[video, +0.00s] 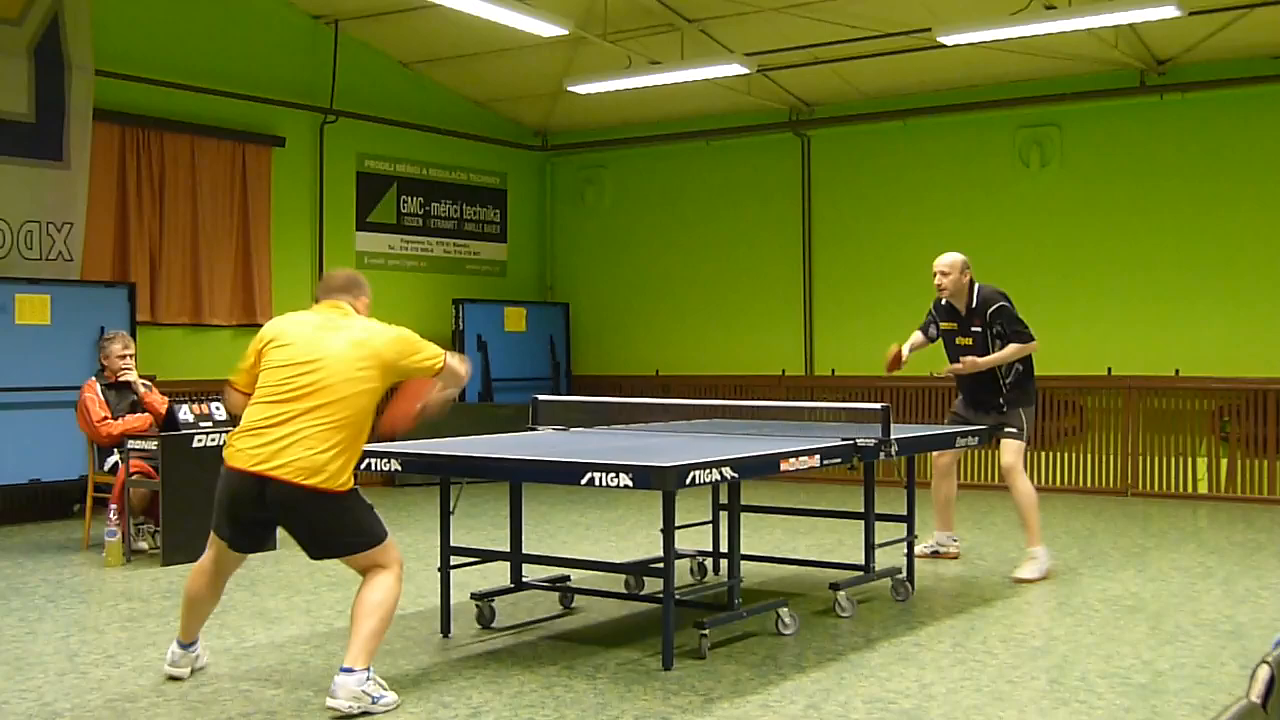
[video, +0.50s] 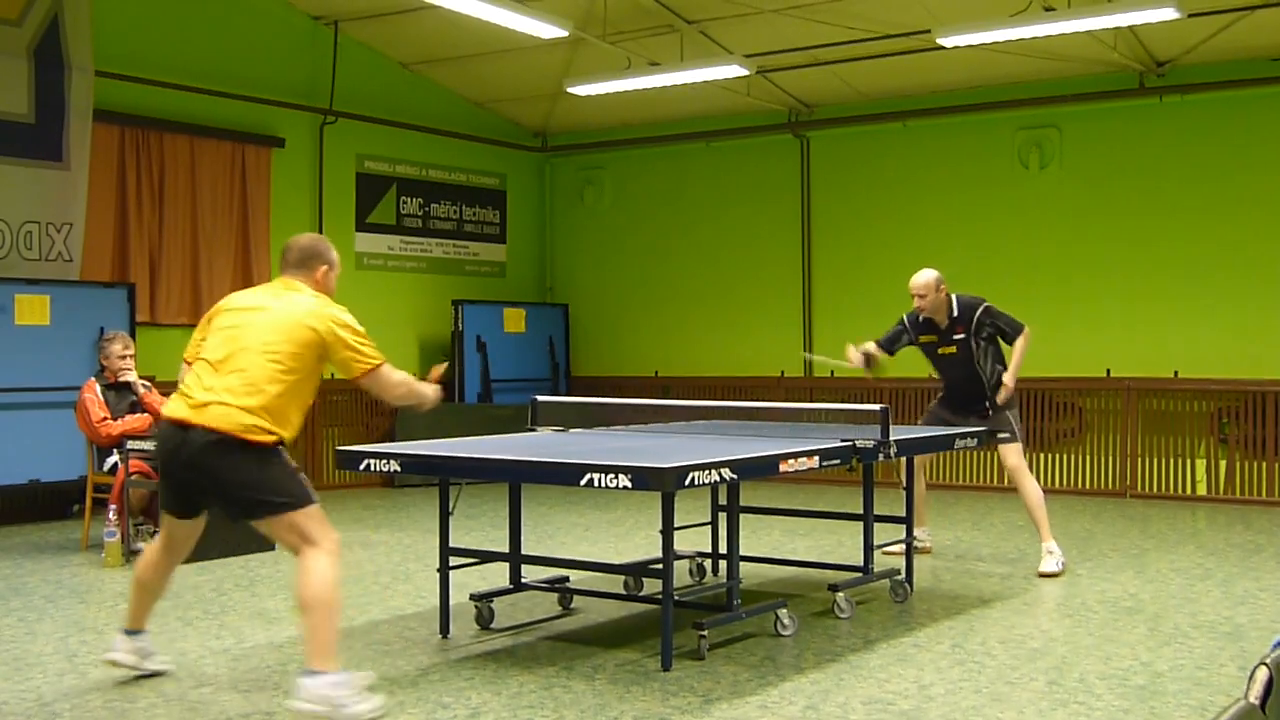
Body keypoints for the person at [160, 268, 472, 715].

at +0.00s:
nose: (371, 311)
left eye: (368, 306)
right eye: (369, 305)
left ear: (319, 300)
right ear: (361, 303)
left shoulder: (278, 327)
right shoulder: (383, 338)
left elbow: (235, 400)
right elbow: (458, 368)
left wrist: (287, 415)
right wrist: (434, 396)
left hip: (242, 470)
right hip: (314, 483)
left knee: (215, 560)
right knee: (383, 566)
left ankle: (183, 649)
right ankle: (354, 677)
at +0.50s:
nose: (335, 284)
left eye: (335, 276)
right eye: (335, 276)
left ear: (286, 268)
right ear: (323, 273)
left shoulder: (232, 301)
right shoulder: (325, 315)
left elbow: (189, 370)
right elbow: (390, 386)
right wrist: (428, 393)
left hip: (177, 436)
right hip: (239, 445)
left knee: (171, 539)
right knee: (318, 544)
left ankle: (130, 638)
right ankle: (322, 675)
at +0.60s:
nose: (317, 300)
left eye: (317, 291)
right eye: (317, 291)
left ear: (266, 285)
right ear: (305, 289)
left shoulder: (218, 319)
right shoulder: (303, 334)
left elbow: (209, 384)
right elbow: (361, 422)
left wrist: (286, 400)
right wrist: (374, 408)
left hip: (160, 459)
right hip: (217, 466)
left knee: (159, 553)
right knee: (298, 566)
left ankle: (98, 655)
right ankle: (287, 693)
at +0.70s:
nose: (293, 315)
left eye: (292, 307)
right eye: (292, 307)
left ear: (243, 302)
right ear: (279, 306)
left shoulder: (190, 338)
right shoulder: (279, 349)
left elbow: (167, 403)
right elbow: (329, 437)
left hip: (145, 476)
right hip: (213, 481)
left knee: (156, 557)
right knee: (303, 573)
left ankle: (94, 659)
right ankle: (287, 694)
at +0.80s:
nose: (251, 317)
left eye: (251, 311)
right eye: (250, 310)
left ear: (196, 305)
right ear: (237, 308)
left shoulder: (149, 346)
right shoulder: (251, 351)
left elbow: (146, 414)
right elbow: (305, 428)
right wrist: (267, 453)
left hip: (134, 499)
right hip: (207, 499)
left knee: (127, 552)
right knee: (295, 577)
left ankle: (89, 659)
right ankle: (286, 694)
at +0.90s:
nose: (226, 317)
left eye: (223, 311)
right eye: (225, 311)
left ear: (173, 310)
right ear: (215, 311)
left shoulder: (128, 344)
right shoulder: (236, 346)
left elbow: (89, 391)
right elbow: (309, 386)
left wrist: (138, 404)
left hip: (121, 491)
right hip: (192, 493)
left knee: (113, 551)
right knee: (278, 576)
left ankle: (88, 660)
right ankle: (284, 693)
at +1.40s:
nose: (243, 266)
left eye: (243, 258)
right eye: (242, 258)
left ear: (190, 255)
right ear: (228, 256)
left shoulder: (136, 300)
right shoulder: (236, 297)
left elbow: (108, 372)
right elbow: (308, 363)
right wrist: (336, 381)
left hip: (114, 440)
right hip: (179, 437)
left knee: (131, 549)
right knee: (260, 540)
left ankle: (92, 663)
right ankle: (280, 671)